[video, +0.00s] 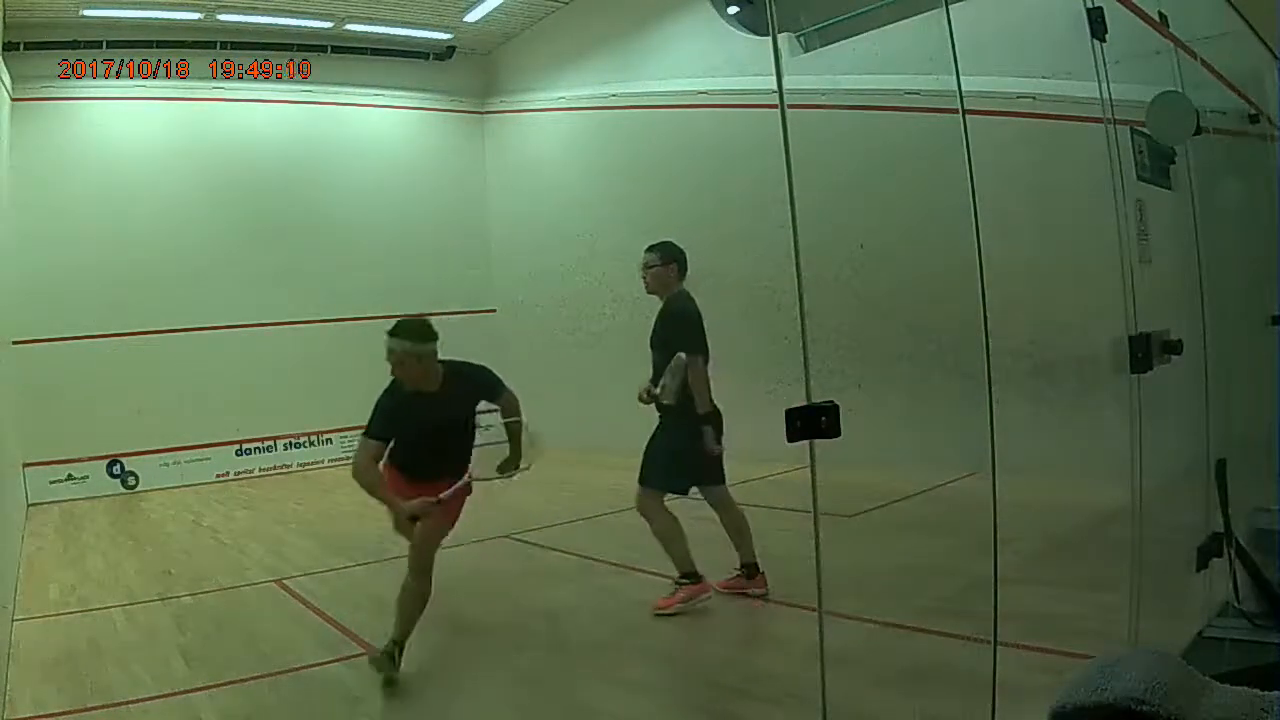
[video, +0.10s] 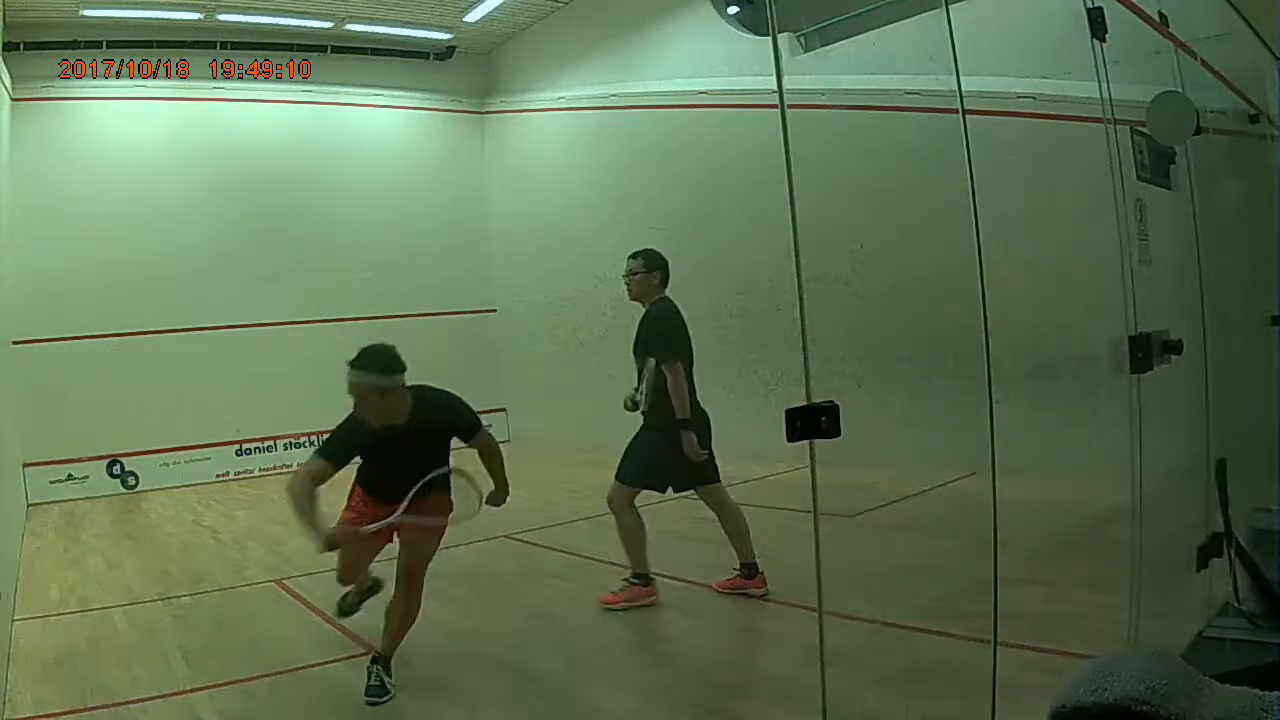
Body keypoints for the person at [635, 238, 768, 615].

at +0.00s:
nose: (643, 275)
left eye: (649, 267)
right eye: (643, 268)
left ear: (673, 270)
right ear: (669, 273)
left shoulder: (681, 310)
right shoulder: (676, 307)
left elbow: (696, 366)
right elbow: (673, 362)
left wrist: (707, 422)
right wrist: (655, 387)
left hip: (679, 421)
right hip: (695, 418)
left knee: (648, 501)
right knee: (717, 495)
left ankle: (691, 581)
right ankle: (751, 573)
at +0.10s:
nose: (627, 281)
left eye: (634, 274)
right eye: (626, 275)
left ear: (656, 278)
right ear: (651, 281)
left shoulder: (661, 317)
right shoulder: (660, 313)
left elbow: (675, 372)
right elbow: (658, 365)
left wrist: (686, 428)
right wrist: (641, 393)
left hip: (662, 429)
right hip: (685, 424)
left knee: (619, 498)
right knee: (717, 498)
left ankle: (641, 583)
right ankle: (751, 574)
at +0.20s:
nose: (607, 288)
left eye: (613, 282)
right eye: (607, 283)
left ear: (636, 286)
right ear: (632, 288)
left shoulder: (640, 326)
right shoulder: (643, 322)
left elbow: (653, 381)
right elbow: (642, 375)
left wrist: (663, 437)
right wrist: (623, 401)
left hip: (646, 434)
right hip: (674, 429)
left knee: (597, 496)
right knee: (710, 499)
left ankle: (596, 581)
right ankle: (749, 572)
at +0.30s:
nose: (569, 302)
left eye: (576, 295)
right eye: (569, 296)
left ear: (598, 298)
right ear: (595, 301)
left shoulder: (604, 340)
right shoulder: (607, 335)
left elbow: (615, 397)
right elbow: (604, 387)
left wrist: (614, 450)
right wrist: (591, 413)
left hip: (619, 440)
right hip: (646, 436)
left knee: (563, 498)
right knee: (689, 503)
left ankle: (563, 580)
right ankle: (741, 564)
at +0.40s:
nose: (528, 309)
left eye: (535, 302)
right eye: (529, 302)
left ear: (555, 306)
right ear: (555, 308)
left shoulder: (560, 348)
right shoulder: (573, 340)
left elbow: (571, 404)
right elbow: (575, 389)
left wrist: (563, 454)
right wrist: (552, 414)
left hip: (588, 443)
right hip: (614, 438)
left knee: (535, 503)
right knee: (645, 504)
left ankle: (559, 582)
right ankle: (715, 553)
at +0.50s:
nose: (489, 313)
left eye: (492, 308)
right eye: (491, 308)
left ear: (503, 314)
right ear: (520, 313)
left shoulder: (517, 353)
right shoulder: (535, 344)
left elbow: (519, 414)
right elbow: (541, 403)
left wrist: (506, 458)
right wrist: (504, 437)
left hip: (554, 446)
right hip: (581, 439)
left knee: (517, 511)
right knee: (582, 513)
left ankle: (557, 582)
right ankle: (646, 538)